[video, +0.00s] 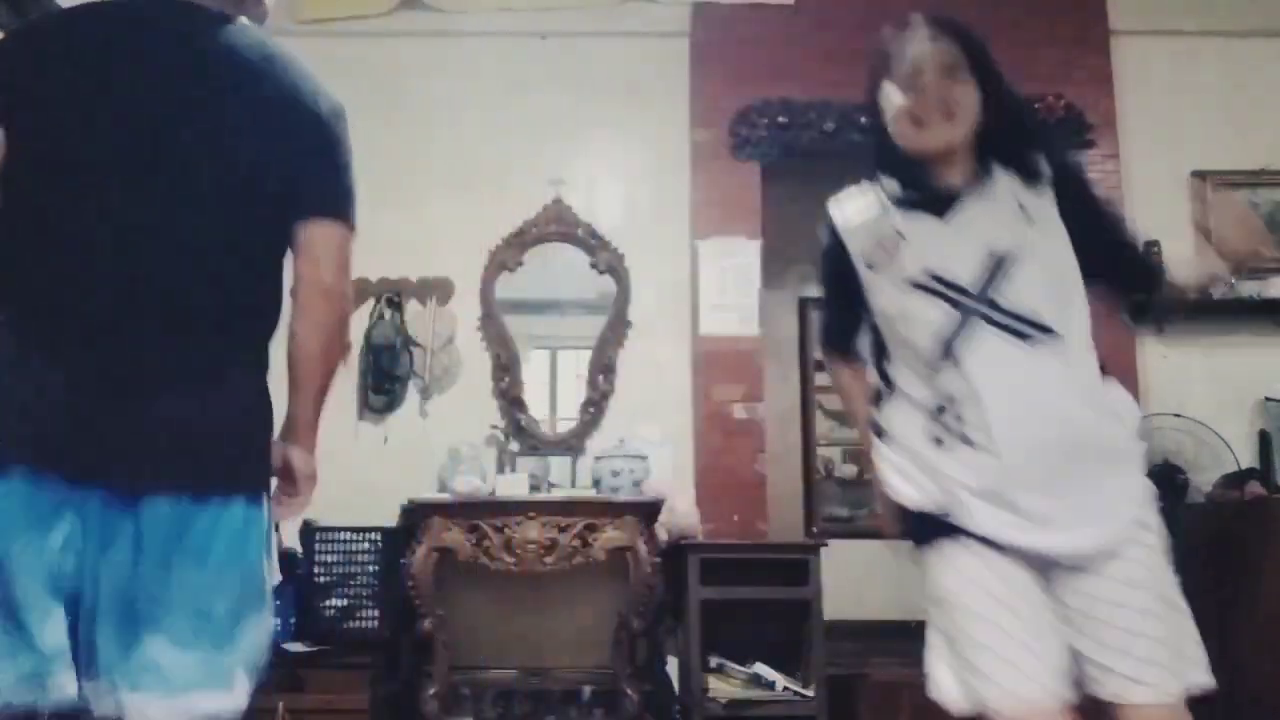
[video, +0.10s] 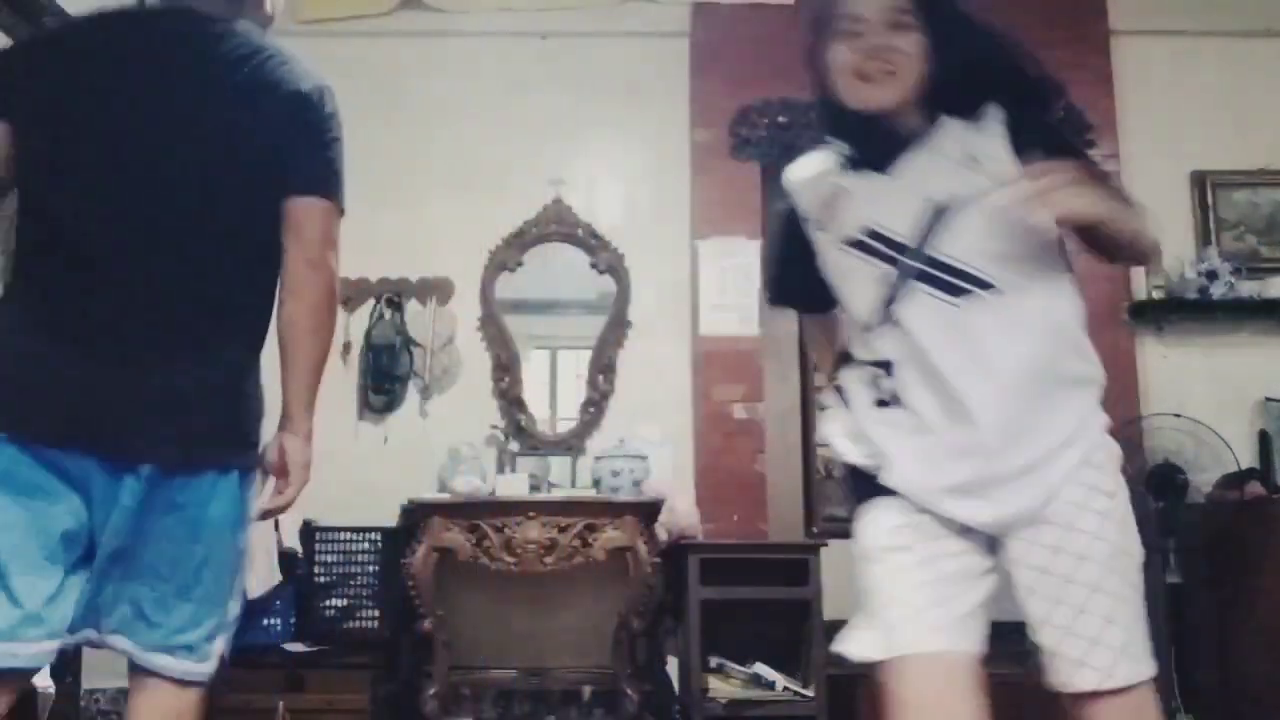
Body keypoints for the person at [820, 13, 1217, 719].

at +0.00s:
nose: (926, 95)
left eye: (947, 75)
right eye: (905, 79)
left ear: (983, 93)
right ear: (878, 102)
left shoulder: (1046, 181)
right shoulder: (856, 222)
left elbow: (1142, 285)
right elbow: (842, 349)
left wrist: (1219, 263)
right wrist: (883, 461)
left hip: (1099, 495)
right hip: (966, 513)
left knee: (1156, 707)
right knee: (1027, 710)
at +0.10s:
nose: (871, 47)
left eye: (898, 26)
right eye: (848, 29)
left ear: (938, 45)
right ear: (821, 50)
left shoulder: (1013, 135)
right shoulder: (810, 185)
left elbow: (1137, 248)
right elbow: (822, 332)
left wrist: (1096, 211)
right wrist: (837, 408)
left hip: (1058, 472)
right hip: (909, 492)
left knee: (1116, 703)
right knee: (928, 708)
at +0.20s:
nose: (785, 47)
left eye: (813, 24)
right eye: (763, 33)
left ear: (864, 39)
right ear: (741, 66)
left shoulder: (958, 129)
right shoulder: (757, 227)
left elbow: (1071, 263)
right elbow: (789, 394)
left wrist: (961, 306)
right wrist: (791, 531)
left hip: (1031, 502)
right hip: (883, 529)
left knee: (1078, 709)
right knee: (820, 706)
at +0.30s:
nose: (672, 73)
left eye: (700, 53)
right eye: (673, 55)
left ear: (761, 75)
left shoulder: (844, 164)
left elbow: (972, 277)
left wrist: (918, 430)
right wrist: (675, 553)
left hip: (951, 560)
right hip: (778, 583)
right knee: (703, 707)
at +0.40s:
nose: (563, 48)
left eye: (583, 27)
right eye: (571, 29)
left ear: (635, 39)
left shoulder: (730, 111)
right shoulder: (610, 155)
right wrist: (560, 425)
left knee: (817, 695)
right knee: (649, 699)